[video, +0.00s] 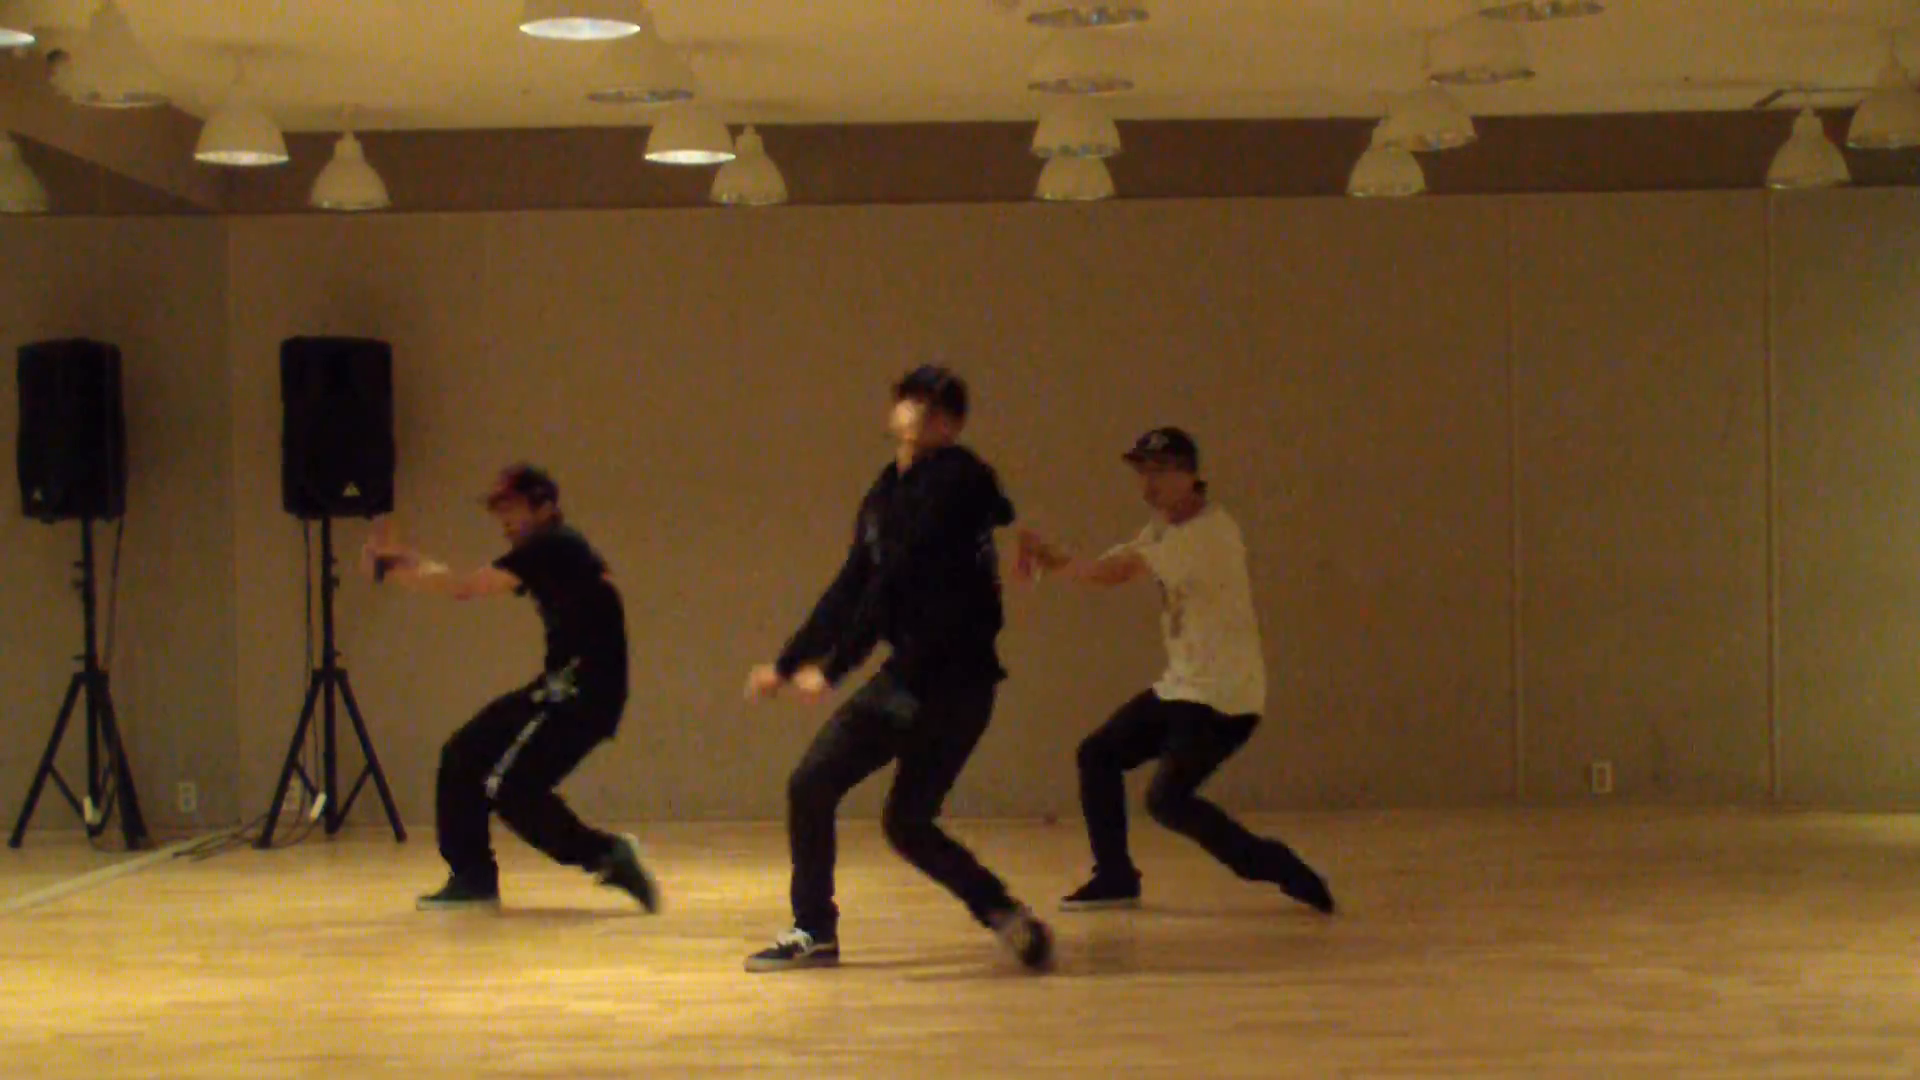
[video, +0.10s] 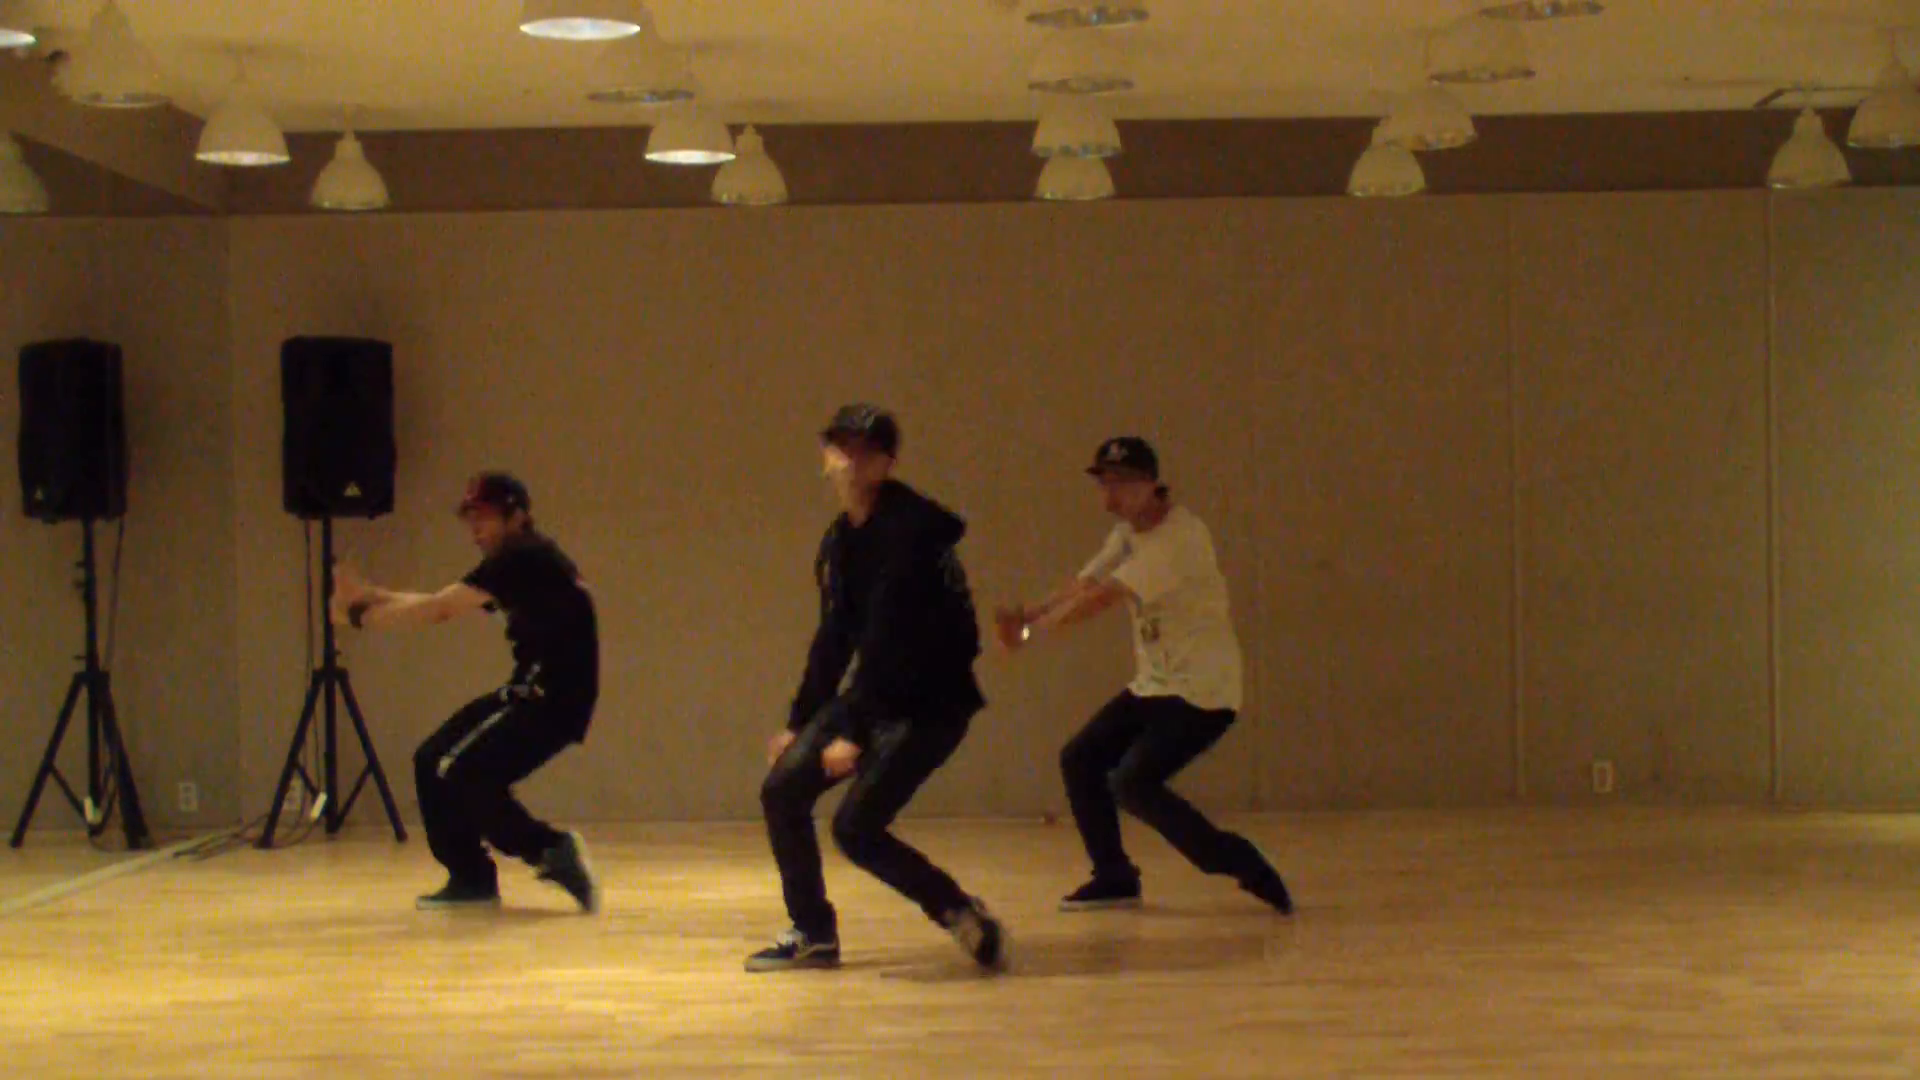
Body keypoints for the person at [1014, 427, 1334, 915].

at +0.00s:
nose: (1148, 484)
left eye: (1159, 472)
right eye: (1143, 473)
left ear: (1189, 476)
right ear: (1141, 476)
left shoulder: (1211, 533)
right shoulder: (1164, 530)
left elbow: (1123, 571)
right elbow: (1112, 565)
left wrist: (1056, 564)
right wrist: (1053, 558)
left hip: (1226, 700)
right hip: (1179, 689)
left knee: (1166, 799)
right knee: (1097, 756)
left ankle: (1279, 866)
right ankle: (1113, 873)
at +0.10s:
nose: (1108, 497)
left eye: (1119, 485)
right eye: (1104, 486)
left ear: (1150, 485)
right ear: (1103, 486)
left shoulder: (1182, 538)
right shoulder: (1128, 532)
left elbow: (1105, 596)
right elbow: (1083, 585)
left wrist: (1035, 629)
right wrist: (1028, 613)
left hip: (1203, 696)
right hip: (1153, 687)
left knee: (1132, 785)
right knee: (1081, 761)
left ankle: (1244, 865)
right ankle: (1113, 874)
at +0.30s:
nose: (1074, 488)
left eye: (1084, 476)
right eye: (1068, 476)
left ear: (1113, 480)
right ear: (1064, 480)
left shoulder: (1151, 534)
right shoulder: (1079, 531)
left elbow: (1144, 635)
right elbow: (1069, 615)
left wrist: (1098, 699)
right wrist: (1050, 687)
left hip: (1178, 675)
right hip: (1121, 676)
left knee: (1113, 740)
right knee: (1062, 761)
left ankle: (1186, 819)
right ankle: (1111, 872)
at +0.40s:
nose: (1079, 460)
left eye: (1089, 448)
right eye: (1072, 450)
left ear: (1117, 450)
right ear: (1066, 454)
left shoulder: (1160, 504)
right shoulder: (1070, 512)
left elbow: (1195, 584)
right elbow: (1042, 591)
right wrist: (1008, 650)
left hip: (1170, 653)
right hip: (1106, 664)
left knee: (1124, 709)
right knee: (1070, 763)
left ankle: (1165, 769)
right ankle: (1111, 870)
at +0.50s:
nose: (1096, 420)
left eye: (1106, 409)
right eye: (1086, 411)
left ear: (1130, 411)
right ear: (1077, 417)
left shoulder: (1170, 465)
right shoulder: (1069, 477)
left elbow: (1204, 477)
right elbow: (1010, 508)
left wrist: (1219, 469)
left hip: (1174, 625)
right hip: (1109, 638)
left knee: (1143, 699)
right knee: (1089, 749)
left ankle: (1174, 811)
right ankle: (1115, 870)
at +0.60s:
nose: (1115, 392)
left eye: (1126, 381)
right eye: (1104, 382)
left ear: (1145, 389)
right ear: (1090, 391)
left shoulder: (1174, 440)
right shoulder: (1076, 455)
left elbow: (1202, 377)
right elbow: (1005, 411)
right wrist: (979, 339)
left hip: (1177, 616)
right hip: (1115, 624)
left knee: (1169, 732)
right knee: (1104, 745)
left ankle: (1190, 865)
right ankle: (1147, 853)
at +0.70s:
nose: (1132, 404)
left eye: (1142, 394)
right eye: (1122, 395)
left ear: (1158, 401)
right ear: (1105, 403)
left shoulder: (1179, 450)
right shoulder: (1095, 459)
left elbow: (1177, 365)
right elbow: (1072, 383)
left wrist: (1137, 302)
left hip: (1178, 622)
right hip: (1116, 625)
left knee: (1183, 752)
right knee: (1125, 758)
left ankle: (1205, 885)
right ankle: (1165, 864)